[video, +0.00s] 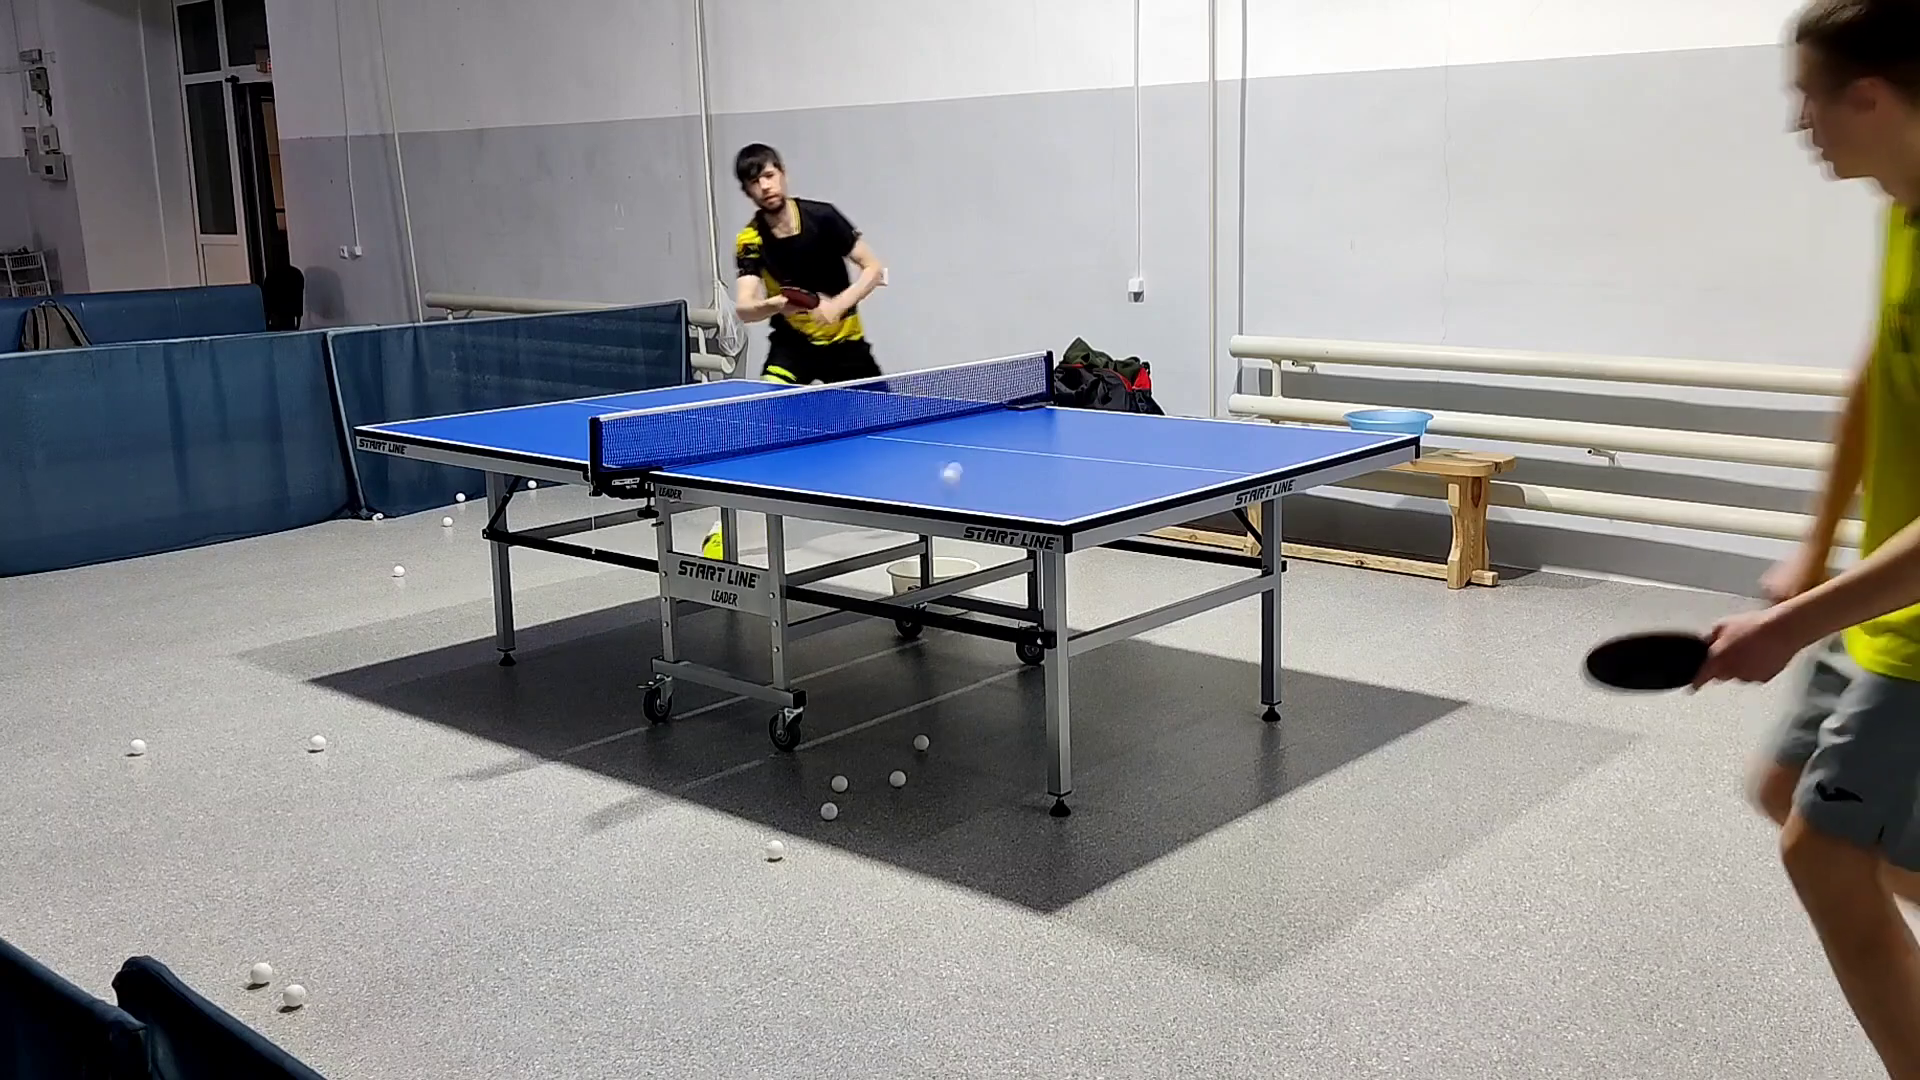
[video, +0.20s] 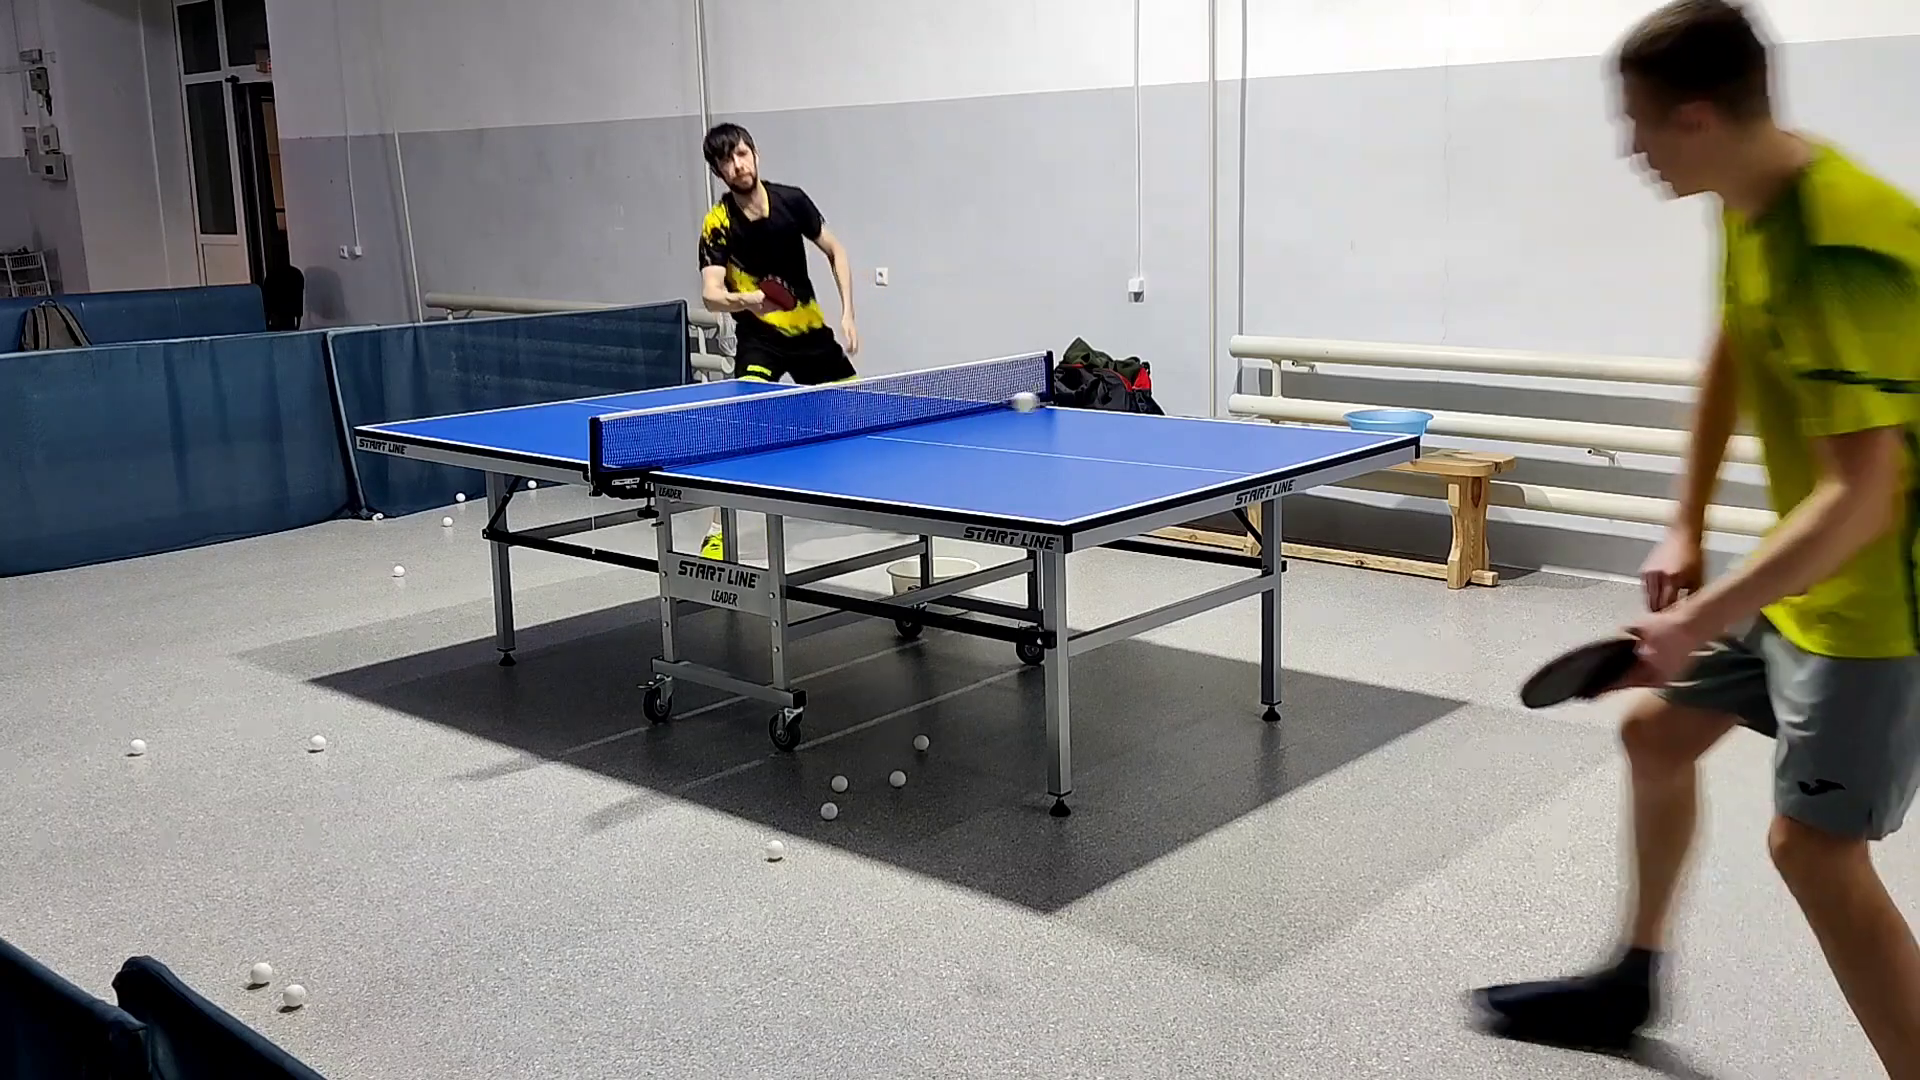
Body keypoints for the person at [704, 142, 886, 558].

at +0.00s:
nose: (766, 186)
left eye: (770, 175)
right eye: (755, 181)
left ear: (783, 175)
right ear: (747, 192)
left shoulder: (824, 217)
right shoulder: (752, 240)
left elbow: (874, 269)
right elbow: (744, 310)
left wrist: (839, 304)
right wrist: (775, 305)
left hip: (845, 344)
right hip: (792, 348)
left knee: (889, 422)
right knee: (758, 424)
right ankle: (726, 526)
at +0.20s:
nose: (738, 166)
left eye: (742, 154)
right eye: (727, 161)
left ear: (755, 155)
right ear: (718, 172)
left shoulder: (791, 201)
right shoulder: (718, 224)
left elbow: (836, 251)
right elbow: (712, 295)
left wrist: (848, 315)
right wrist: (746, 300)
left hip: (808, 330)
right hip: (759, 337)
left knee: (861, 410)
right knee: (746, 418)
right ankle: (720, 528)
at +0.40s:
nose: (744, 152)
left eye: (748, 141)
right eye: (733, 147)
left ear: (760, 141)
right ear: (721, 156)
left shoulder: (790, 187)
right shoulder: (720, 207)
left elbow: (827, 226)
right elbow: (709, 283)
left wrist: (847, 279)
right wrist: (744, 282)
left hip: (796, 326)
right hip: (750, 332)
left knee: (843, 410)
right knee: (747, 425)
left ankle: (861, 511)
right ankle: (703, 533)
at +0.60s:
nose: (739, 153)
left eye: (744, 141)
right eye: (728, 147)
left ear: (757, 142)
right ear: (717, 155)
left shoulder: (786, 192)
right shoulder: (713, 207)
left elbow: (824, 237)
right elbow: (702, 283)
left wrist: (843, 294)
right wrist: (741, 286)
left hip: (787, 329)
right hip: (739, 331)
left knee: (833, 414)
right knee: (731, 427)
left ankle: (864, 509)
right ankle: (695, 535)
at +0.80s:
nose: (737, 175)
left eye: (742, 163)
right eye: (727, 169)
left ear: (754, 162)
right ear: (715, 176)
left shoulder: (789, 208)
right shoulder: (710, 227)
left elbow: (852, 252)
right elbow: (696, 300)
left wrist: (828, 291)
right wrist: (721, 299)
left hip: (795, 344)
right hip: (744, 347)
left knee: (853, 419)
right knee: (735, 438)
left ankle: (864, 509)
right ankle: (696, 538)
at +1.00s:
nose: (723, 206)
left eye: (728, 194)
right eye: (713, 199)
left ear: (743, 189)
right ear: (706, 204)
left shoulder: (780, 223)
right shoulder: (719, 256)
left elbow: (788, 281)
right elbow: (714, 322)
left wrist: (717, 284)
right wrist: (712, 360)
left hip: (832, 338)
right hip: (784, 344)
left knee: (877, 410)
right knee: (754, 410)